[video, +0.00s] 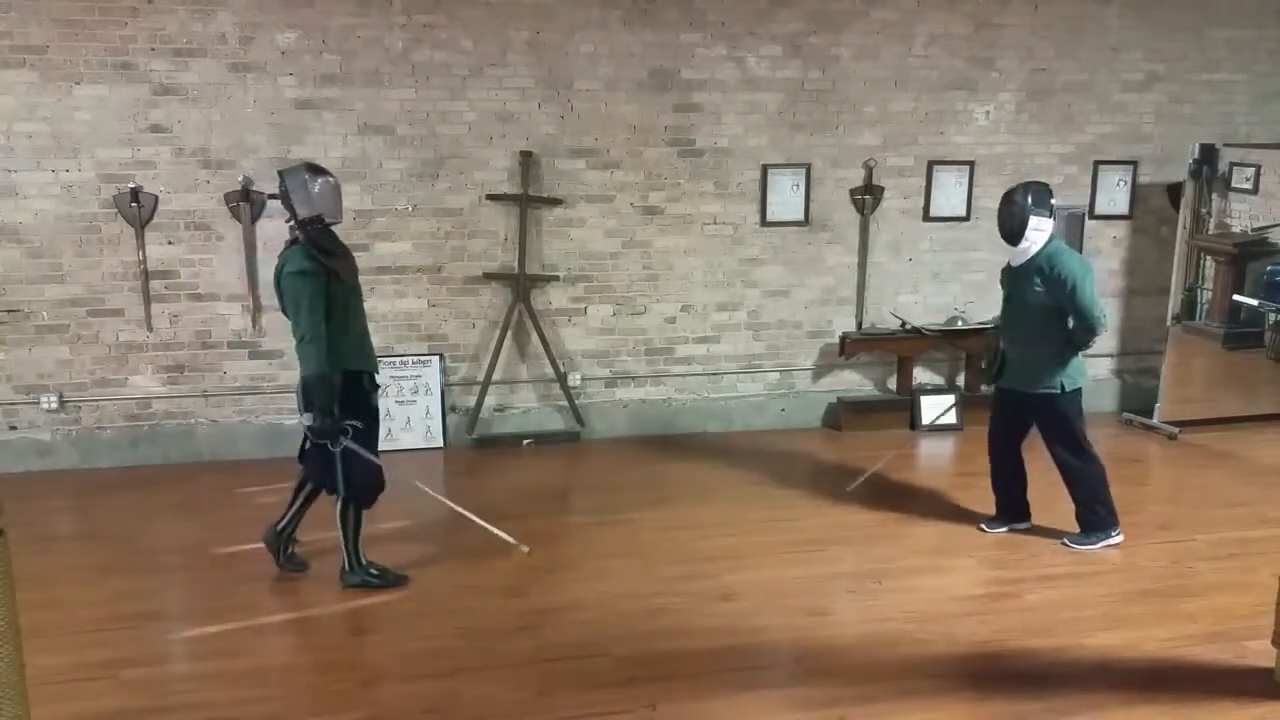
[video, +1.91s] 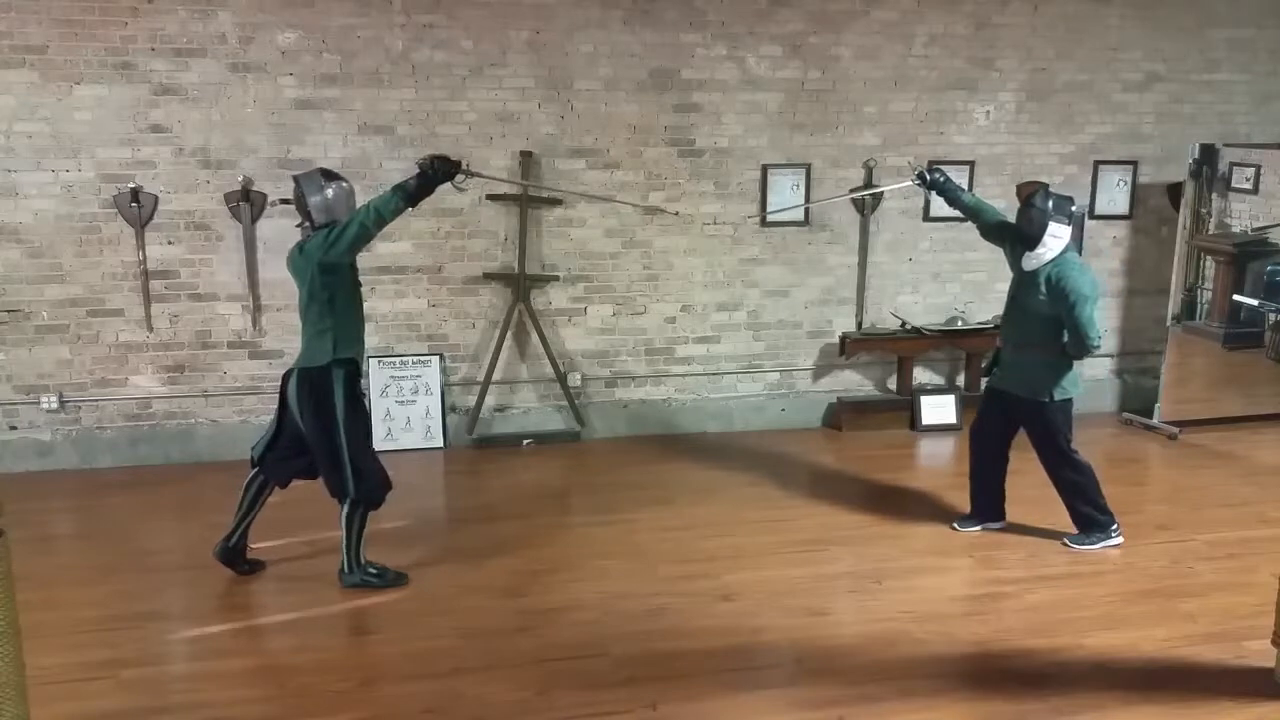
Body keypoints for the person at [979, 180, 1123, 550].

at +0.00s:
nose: (1003, 221)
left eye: (1011, 213)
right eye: (1003, 213)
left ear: (1035, 218)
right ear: (1035, 219)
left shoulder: (1064, 263)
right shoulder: (1015, 265)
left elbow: (1092, 322)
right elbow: (1015, 316)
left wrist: (1069, 342)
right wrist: (1009, 342)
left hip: (1055, 377)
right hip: (1016, 374)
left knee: (1073, 453)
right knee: (1002, 444)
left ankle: (1102, 526)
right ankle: (1013, 514)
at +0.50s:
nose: (1020, 218)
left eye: (1028, 211)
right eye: (1019, 211)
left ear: (1052, 219)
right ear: (1047, 220)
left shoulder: (1078, 265)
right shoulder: (1027, 267)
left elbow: (1103, 324)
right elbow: (999, 308)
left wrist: (1078, 346)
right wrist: (968, 335)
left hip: (1062, 379)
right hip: (1022, 376)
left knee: (1072, 454)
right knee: (1007, 443)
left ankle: (1102, 527)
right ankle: (1012, 514)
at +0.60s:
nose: (1023, 220)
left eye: (1031, 213)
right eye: (1023, 212)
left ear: (1053, 218)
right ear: (1035, 216)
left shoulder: (1081, 264)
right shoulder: (1033, 262)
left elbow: (1105, 326)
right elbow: (993, 290)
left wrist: (1081, 345)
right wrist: (945, 312)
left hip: (1063, 377)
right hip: (1025, 373)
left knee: (1071, 453)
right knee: (1009, 444)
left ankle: (1102, 527)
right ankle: (1013, 515)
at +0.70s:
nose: (1026, 218)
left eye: (1033, 211)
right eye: (1027, 211)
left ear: (1057, 218)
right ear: (1050, 219)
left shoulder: (1084, 265)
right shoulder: (1034, 256)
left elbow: (1106, 328)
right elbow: (990, 271)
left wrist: (1081, 347)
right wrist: (932, 280)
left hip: (1064, 379)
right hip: (1026, 373)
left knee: (1073, 455)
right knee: (1011, 445)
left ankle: (1102, 527)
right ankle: (1014, 513)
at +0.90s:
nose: (1032, 219)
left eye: (1041, 213)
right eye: (1033, 212)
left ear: (1064, 219)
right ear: (1044, 217)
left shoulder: (1088, 269)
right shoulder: (1038, 249)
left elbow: (1107, 332)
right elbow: (993, 236)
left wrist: (1082, 344)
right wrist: (937, 221)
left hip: (1067, 380)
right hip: (1030, 373)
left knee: (1073, 455)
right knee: (1016, 445)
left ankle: (1102, 527)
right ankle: (1014, 513)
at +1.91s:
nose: (1023, 230)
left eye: (1030, 225)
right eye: (1023, 223)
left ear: (1053, 230)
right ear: (1026, 224)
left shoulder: (1071, 276)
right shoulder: (1020, 246)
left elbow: (1088, 343)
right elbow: (983, 216)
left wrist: (1063, 349)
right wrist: (941, 185)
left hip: (1047, 383)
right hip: (1009, 375)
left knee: (1059, 456)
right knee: (985, 439)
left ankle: (1101, 527)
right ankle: (988, 513)